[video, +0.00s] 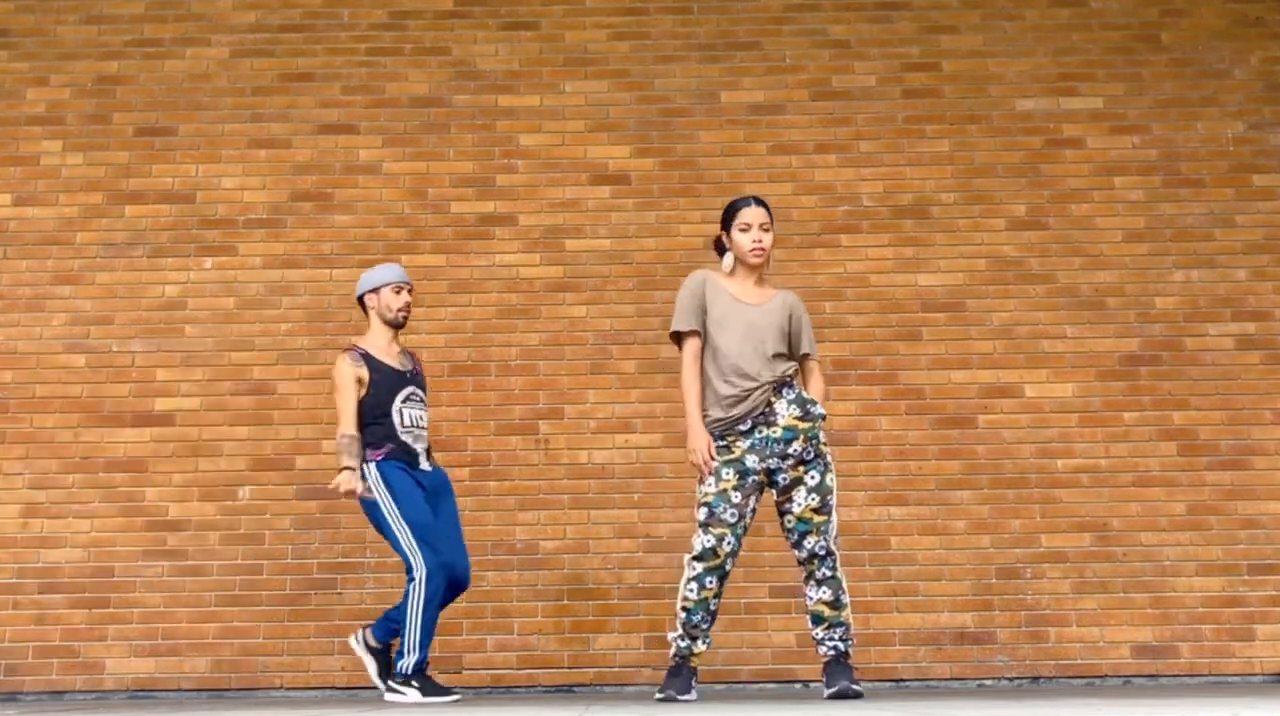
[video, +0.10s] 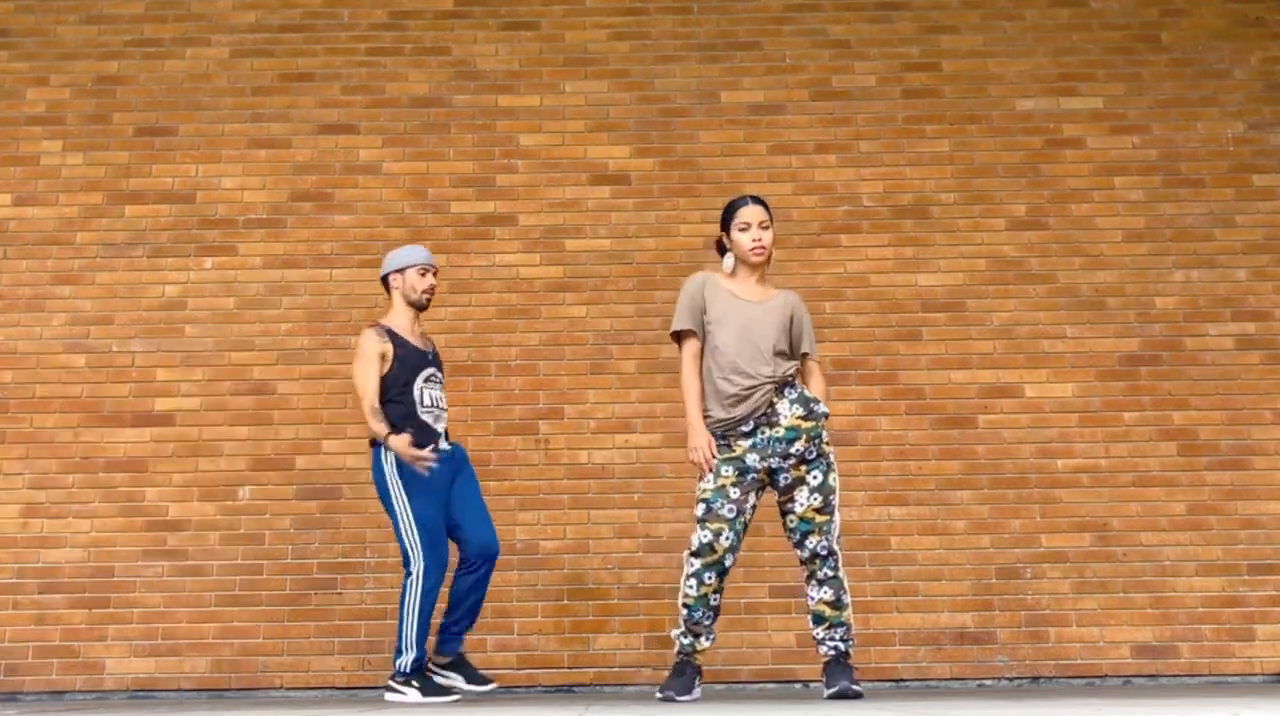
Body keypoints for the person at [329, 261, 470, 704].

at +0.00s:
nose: (407, 299)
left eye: (410, 292)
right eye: (397, 291)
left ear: (410, 301)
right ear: (370, 300)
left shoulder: (413, 361)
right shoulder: (351, 362)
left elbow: (413, 426)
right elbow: (347, 428)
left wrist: (430, 466)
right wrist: (350, 466)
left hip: (426, 471)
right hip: (383, 471)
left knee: (456, 572)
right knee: (427, 565)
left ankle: (376, 637)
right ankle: (408, 674)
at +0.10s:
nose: (432, 281)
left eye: (434, 275)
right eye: (422, 273)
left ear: (429, 285)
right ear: (394, 281)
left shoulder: (425, 341)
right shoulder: (373, 339)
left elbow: (427, 403)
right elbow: (370, 408)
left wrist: (444, 443)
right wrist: (393, 441)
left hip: (447, 459)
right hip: (404, 461)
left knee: (482, 548)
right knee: (426, 561)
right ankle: (406, 673)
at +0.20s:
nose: (454, 271)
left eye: (456, 265)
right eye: (445, 263)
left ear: (449, 273)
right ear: (417, 268)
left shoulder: (439, 330)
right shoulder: (395, 323)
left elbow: (438, 393)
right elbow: (394, 389)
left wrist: (460, 428)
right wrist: (430, 409)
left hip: (463, 450)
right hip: (421, 452)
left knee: (493, 549)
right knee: (427, 559)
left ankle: (512, 658)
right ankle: (407, 672)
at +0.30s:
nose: (476, 275)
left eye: (477, 268)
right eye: (467, 267)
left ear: (466, 277)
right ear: (438, 272)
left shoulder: (458, 337)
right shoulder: (416, 327)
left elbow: (455, 395)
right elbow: (429, 390)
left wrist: (477, 381)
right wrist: (466, 386)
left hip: (477, 456)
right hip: (437, 456)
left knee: (507, 558)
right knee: (439, 563)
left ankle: (552, 651)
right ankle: (407, 672)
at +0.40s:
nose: (496, 280)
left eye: (498, 274)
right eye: (488, 271)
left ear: (486, 283)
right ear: (460, 277)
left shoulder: (474, 339)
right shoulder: (438, 327)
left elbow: (467, 395)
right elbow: (444, 375)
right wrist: (494, 372)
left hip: (493, 464)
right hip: (454, 463)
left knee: (521, 566)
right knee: (452, 569)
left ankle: (558, 662)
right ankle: (408, 672)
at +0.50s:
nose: (520, 272)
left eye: (523, 265)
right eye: (512, 263)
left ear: (517, 273)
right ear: (483, 268)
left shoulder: (501, 334)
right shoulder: (465, 312)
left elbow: (503, 392)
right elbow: (465, 352)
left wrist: (528, 403)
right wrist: (516, 378)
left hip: (518, 457)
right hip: (475, 455)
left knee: (534, 564)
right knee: (465, 563)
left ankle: (564, 663)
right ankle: (413, 662)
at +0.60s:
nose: (543, 266)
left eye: (545, 259)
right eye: (535, 257)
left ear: (533, 267)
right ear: (507, 261)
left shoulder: (517, 316)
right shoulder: (492, 300)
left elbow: (515, 375)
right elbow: (493, 356)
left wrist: (536, 420)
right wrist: (521, 408)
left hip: (542, 448)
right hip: (503, 448)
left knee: (552, 561)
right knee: (485, 557)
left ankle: (570, 665)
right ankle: (426, 651)